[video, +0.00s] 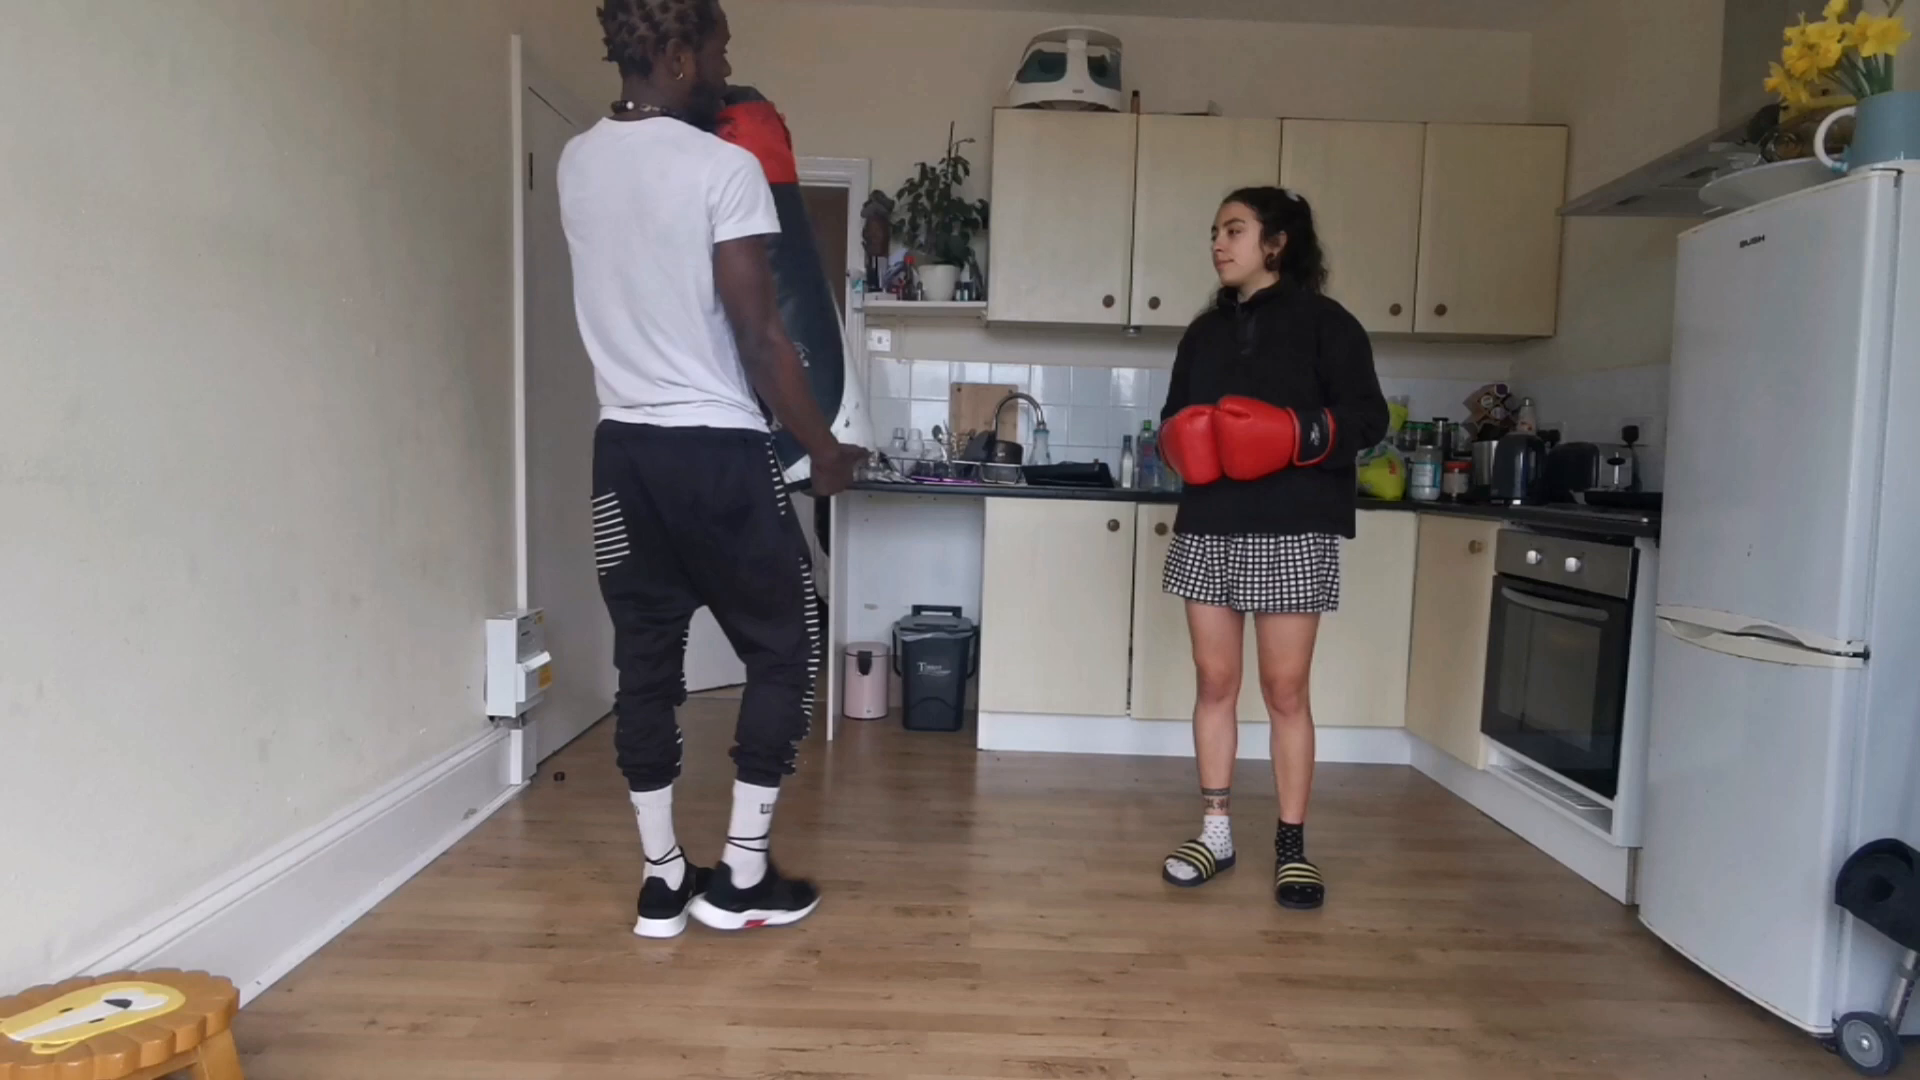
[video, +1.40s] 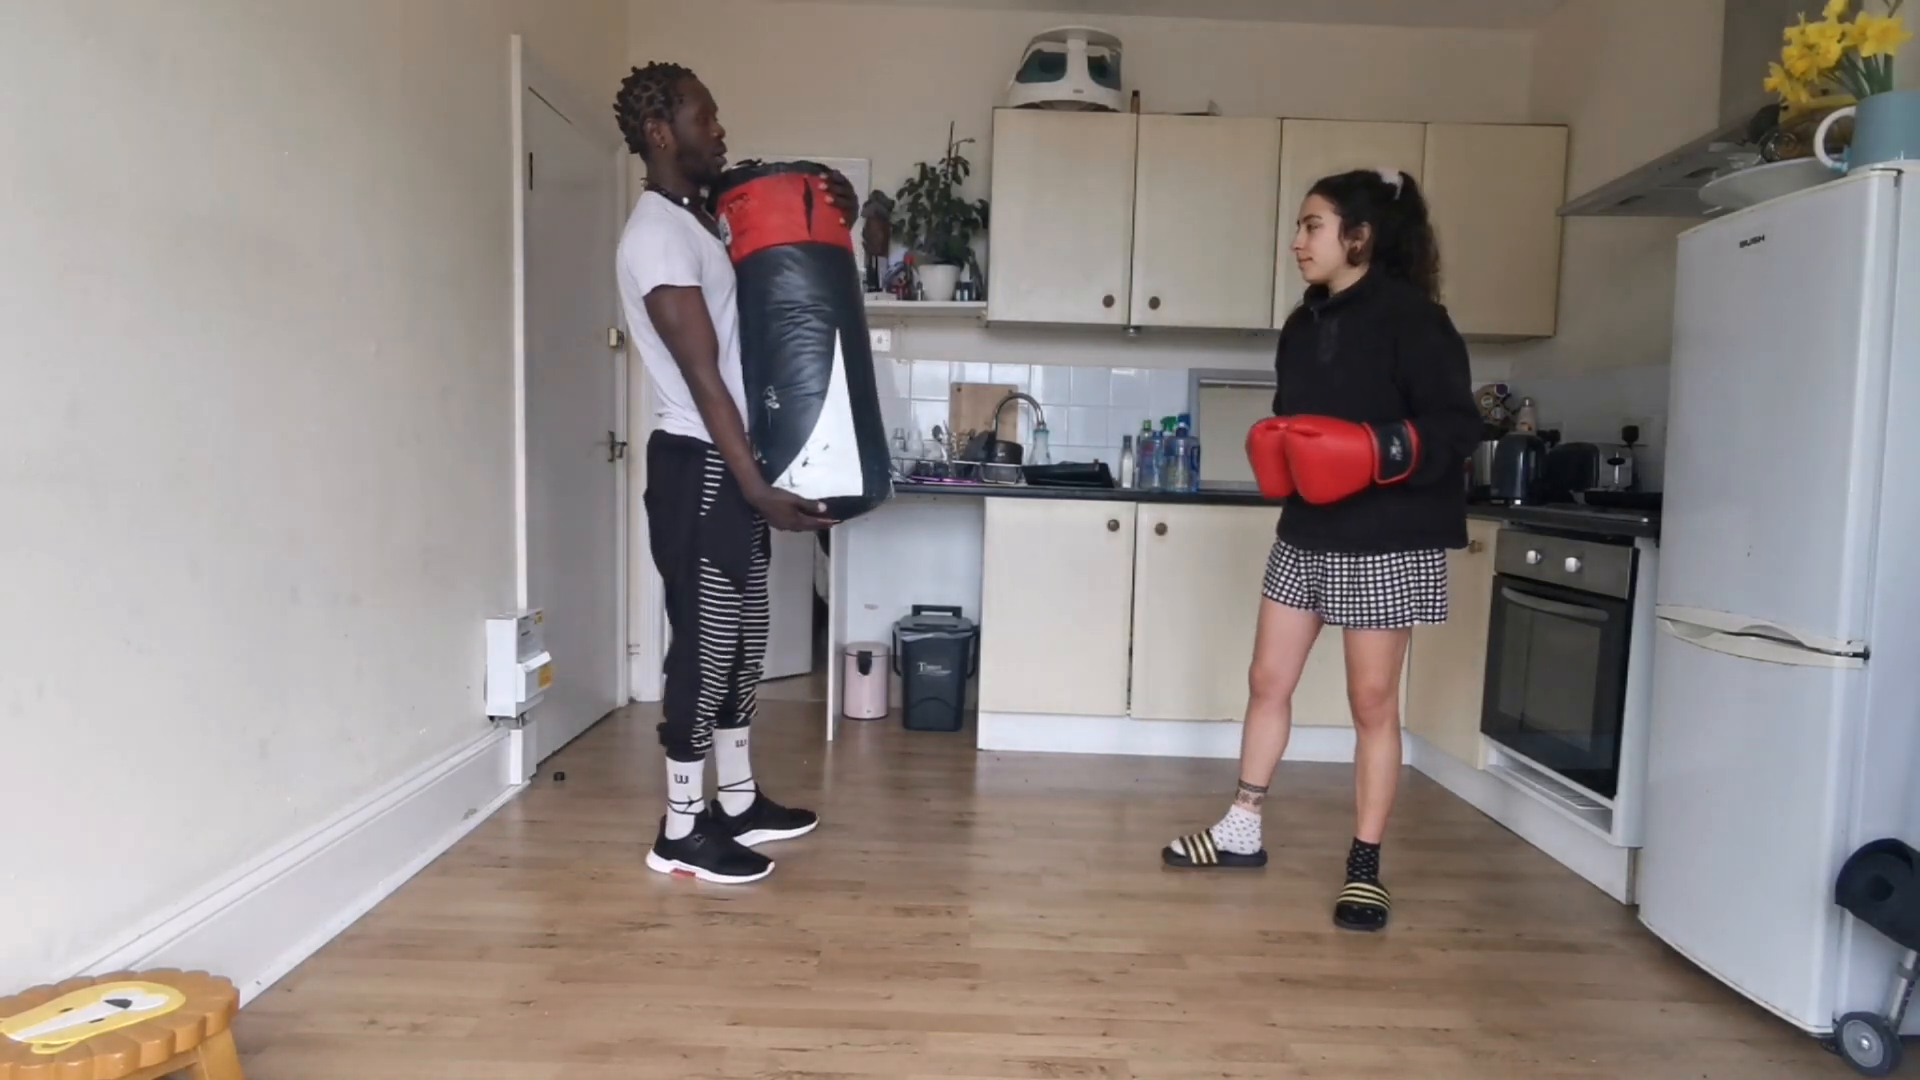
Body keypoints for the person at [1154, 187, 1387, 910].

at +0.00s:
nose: (1217, 244)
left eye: (1232, 231)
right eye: (1216, 233)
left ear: (1277, 242)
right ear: (1224, 245)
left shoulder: (1327, 323)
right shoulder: (1204, 330)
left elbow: (1370, 418)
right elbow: (1178, 425)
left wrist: (1301, 432)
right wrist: (1181, 443)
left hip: (1295, 525)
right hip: (1209, 522)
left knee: (1285, 689)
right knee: (1214, 680)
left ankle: (1291, 845)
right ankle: (1214, 832)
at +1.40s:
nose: (1298, 241)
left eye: (1312, 227)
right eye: (1298, 227)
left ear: (1360, 237)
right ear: (1318, 239)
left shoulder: (1412, 317)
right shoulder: (1303, 327)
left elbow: (1462, 426)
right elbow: (1292, 428)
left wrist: (1384, 450)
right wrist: (1276, 454)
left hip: (1389, 534)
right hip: (1307, 526)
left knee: (1372, 702)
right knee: (1269, 681)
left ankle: (1364, 863)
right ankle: (1242, 826)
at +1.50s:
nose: (1296, 241)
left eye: (1311, 227)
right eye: (1296, 227)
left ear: (1358, 237)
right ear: (1313, 238)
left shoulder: (1408, 317)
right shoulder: (1301, 327)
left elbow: (1450, 432)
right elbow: (1298, 432)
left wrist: (1366, 448)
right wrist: (1272, 454)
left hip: (1388, 534)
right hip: (1307, 526)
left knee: (1372, 702)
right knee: (1271, 682)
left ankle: (1364, 863)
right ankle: (1244, 829)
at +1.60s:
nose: (1287, 243)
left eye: (1300, 229)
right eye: (1287, 229)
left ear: (1346, 239)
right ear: (1307, 240)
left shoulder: (1391, 317)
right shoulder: (1295, 326)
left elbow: (1427, 435)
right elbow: (1293, 427)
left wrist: (1339, 441)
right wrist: (1261, 454)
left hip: (1379, 531)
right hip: (1301, 525)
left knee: (1367, 701)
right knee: (1274, 686)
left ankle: (1365, 861)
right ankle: (1245, 829)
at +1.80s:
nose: (1252, 249)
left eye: (1265, 236)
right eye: (1254, 236)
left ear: (1310, 246)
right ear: (1287, 247)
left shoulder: (1357, 318)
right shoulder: (1272, 330)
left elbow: (1388, 432)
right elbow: (1276, 435)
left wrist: (1296, 436)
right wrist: (1227, 450)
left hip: (1357, 532)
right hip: (1283, 529)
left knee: (1352, 701)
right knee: (1266, 687)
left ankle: (1363, 864)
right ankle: (1244, 830)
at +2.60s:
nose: (1236, 260)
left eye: (1247, 245)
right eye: (1237, 246)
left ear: (1292, 250)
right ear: (1281, 252)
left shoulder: (1341, 320)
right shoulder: (1271, 328)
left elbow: (1355, 436)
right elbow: (1281, 427)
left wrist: (1256, 429)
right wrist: (1220, 430)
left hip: (1343, 533)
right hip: (1277, 527)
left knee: (1330, 694)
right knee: (1223, 666)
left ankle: (1327, 857)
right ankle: (1236, 826)